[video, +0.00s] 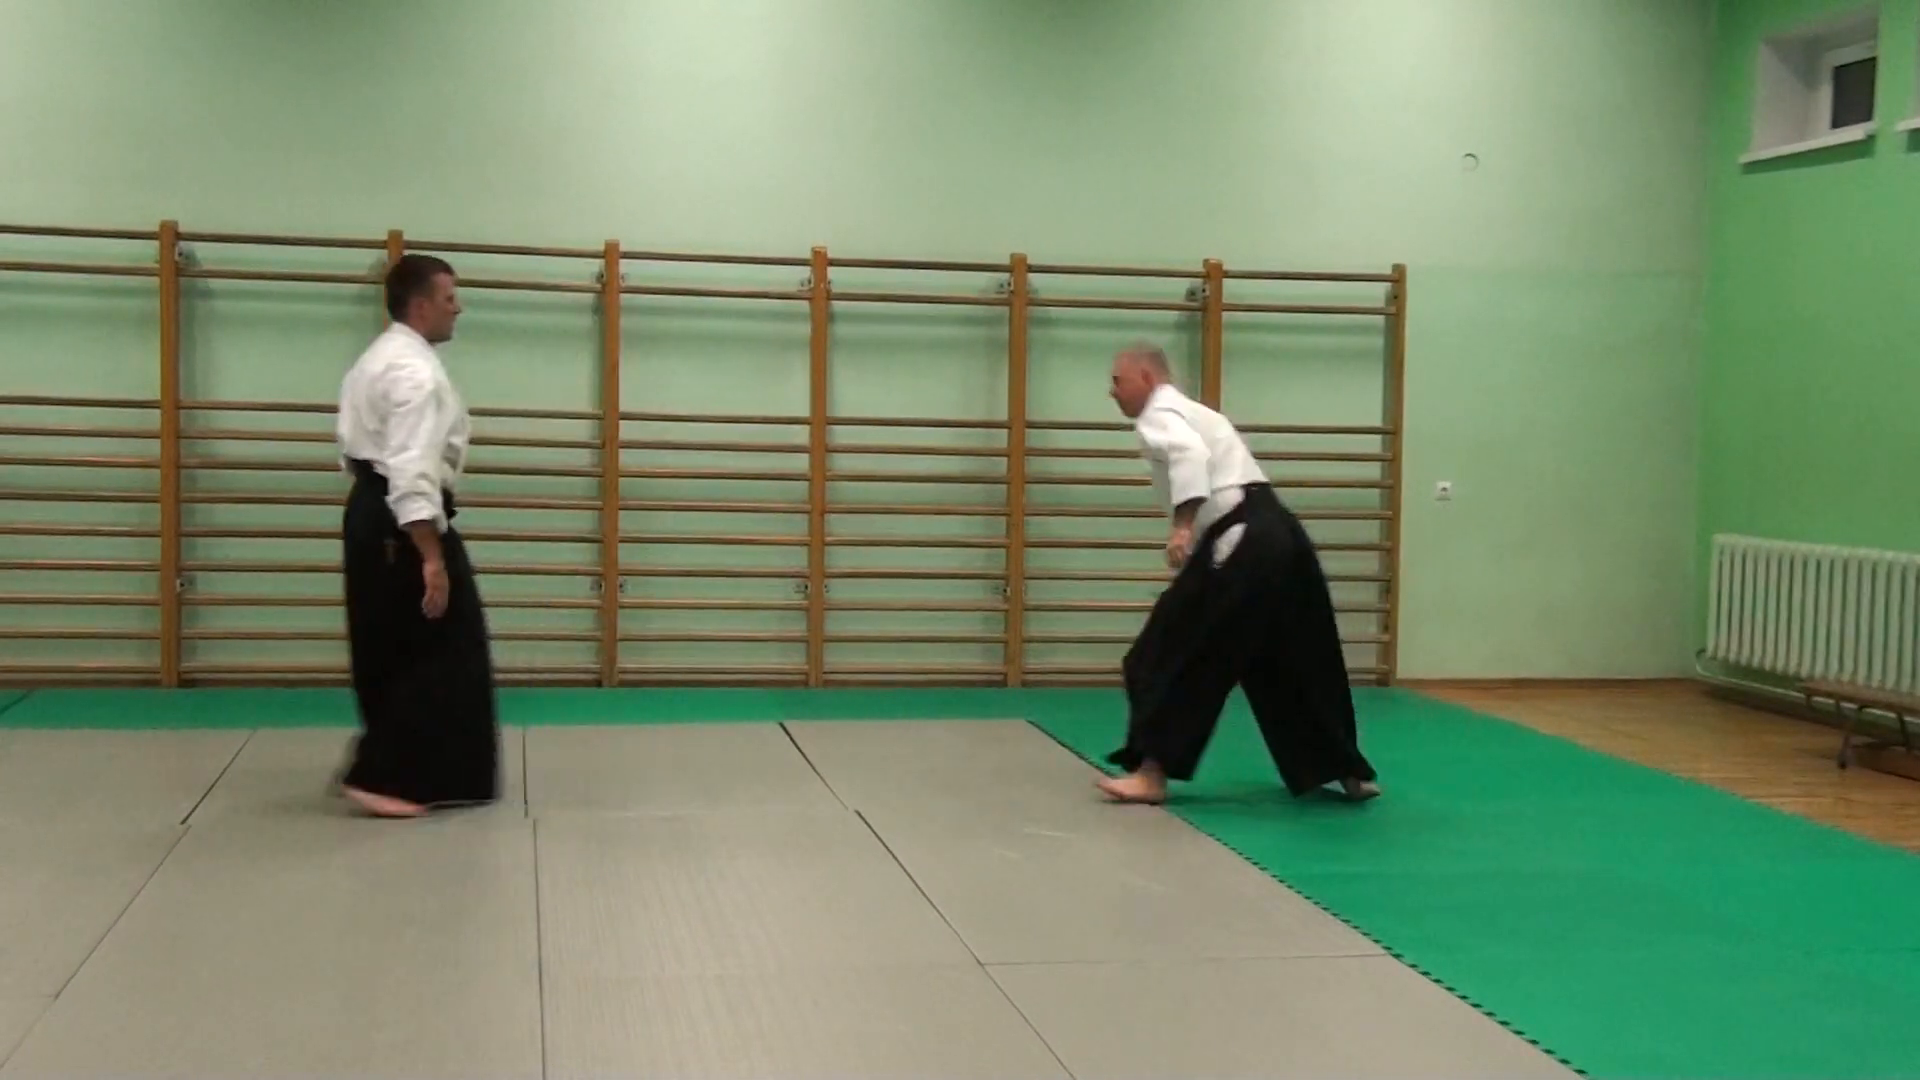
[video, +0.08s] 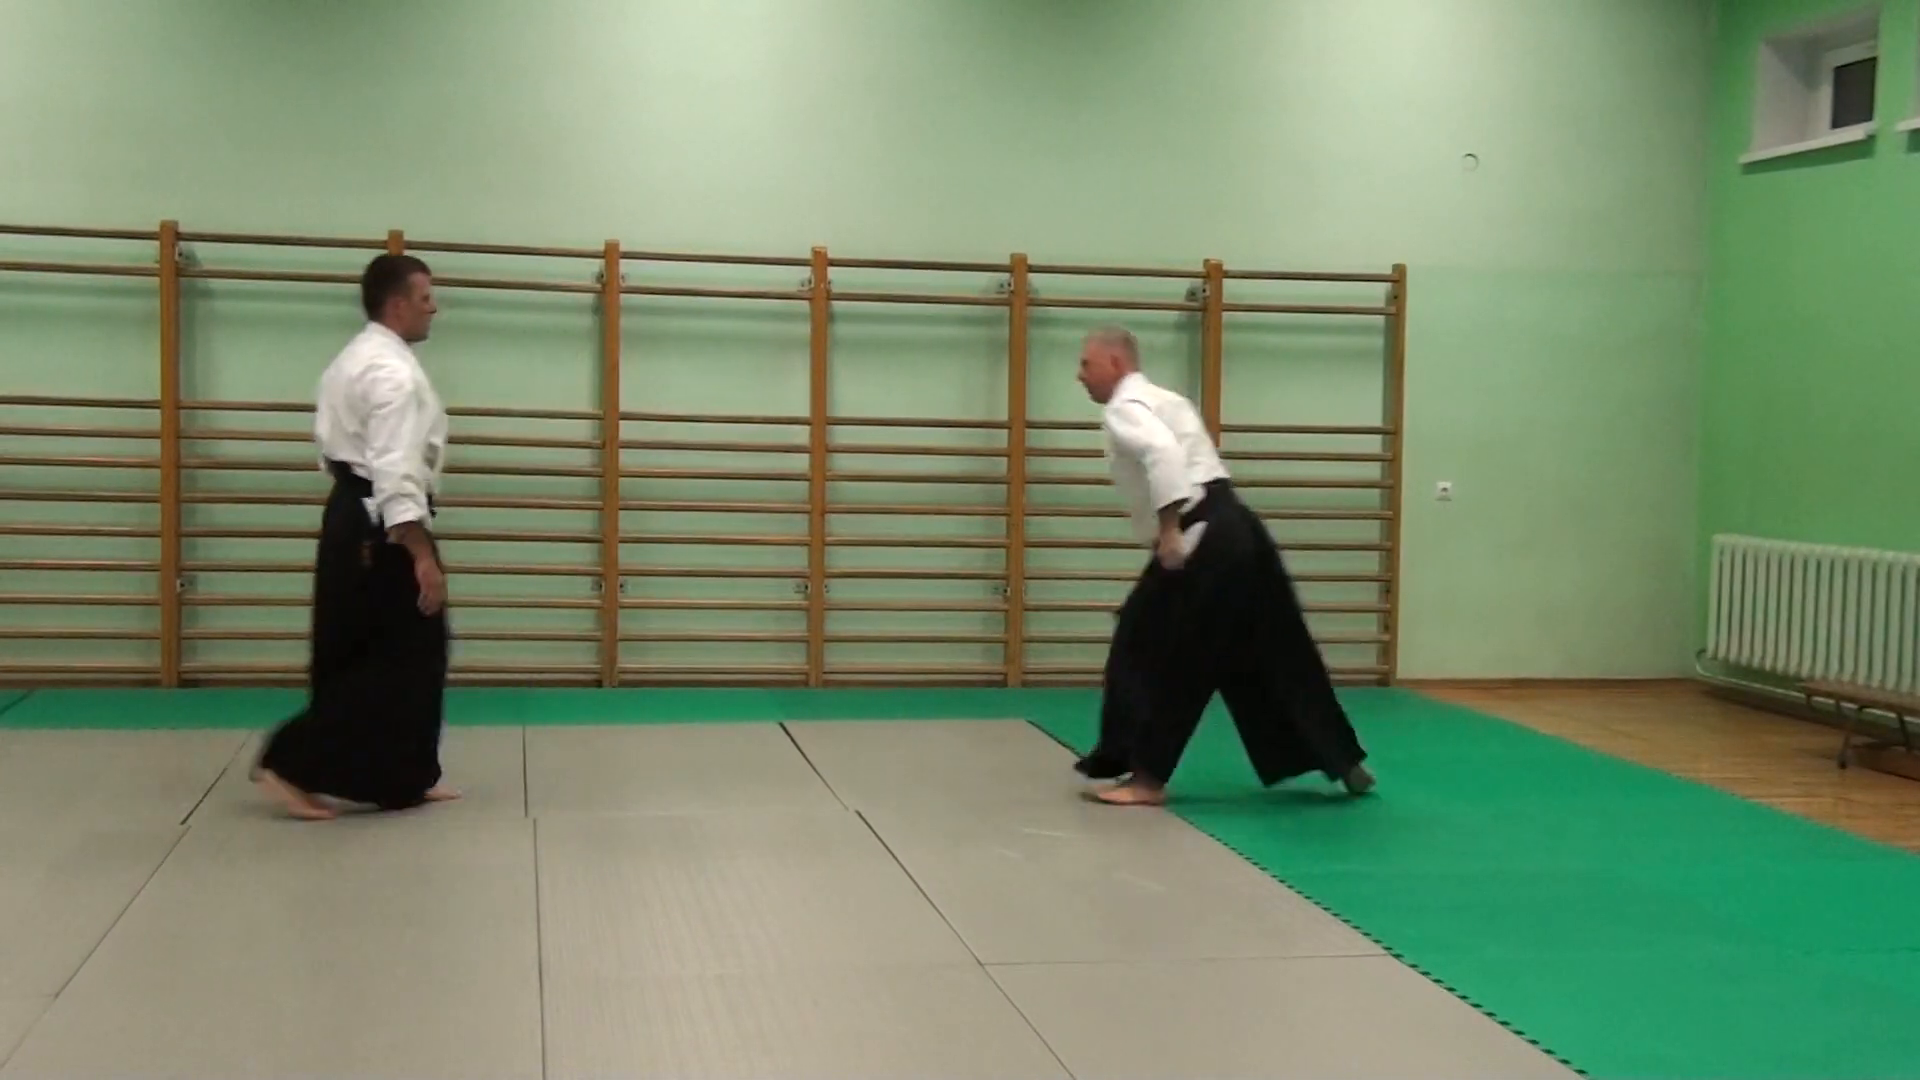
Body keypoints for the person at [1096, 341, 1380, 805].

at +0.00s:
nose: (1113, 391)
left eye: (1118, 381)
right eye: (1112, 382)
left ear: (1145, 377)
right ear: (1153, 378)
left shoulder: (1156, 413)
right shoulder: (1195, 409)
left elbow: (1190, 453)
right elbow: (1233, 466)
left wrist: (1182, 526)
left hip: (1242, 542)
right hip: (1284, 535)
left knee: (1166, 655)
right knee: (1304, 657)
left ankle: (1149, 775)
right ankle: (1352, 770)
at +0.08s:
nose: (1080, 375)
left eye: (1087, 365)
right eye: (1080, 365)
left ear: (1115, 363)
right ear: (1124, 365)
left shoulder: (1122, 408)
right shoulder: (1167, 399)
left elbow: (1161, 450)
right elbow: (1201, 457)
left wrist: (1168, 525)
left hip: (1201, 535)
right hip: (1238, 527)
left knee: (1151, 650)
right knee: (1275, 649)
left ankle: (1146, 780)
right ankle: (1341, 757)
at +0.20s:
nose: (1033, 362)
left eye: (1039, 352)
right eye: (1034, 353)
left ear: (1069, 352)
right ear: (1074, 353)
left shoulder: (1077, 408)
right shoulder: (1118, 394)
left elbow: (1103, 480)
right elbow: (1148, 467)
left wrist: (1110, 555)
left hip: (1147, 541)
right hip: (1175, 530)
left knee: (1130, 661)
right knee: (1196, 649)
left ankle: (1140, 781)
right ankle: (1271, 735)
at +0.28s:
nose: (1003, 358)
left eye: (1010, 347)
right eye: (1004, 347)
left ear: (1042, 349)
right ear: (1047, 350)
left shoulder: (1047, 407)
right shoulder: (1087, 391)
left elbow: (1055, 488)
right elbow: (1103, 468)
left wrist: (1048, 557)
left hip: (1108, 548)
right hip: (1136, 534)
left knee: (1098, 662)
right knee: (1131, 656)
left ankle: (1137, 779)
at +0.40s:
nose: (959, 342)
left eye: (966, 333)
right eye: (961, 332)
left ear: (995, 335)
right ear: (999, 338)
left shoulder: (1000, 395)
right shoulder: (1043, 383)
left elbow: (991, 476)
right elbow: (1083, 452)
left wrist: (956, 533)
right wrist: (1084, 509)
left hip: (1050, 542)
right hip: (1072, 530)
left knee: (1086, 655)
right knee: (993, 636)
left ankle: (1139, 769)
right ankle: (991, 757)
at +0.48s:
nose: (945, 335)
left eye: (951, 325)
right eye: (946, 325)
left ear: (981, 328)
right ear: (988, 329)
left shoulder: (984, 386)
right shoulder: (1028, 377)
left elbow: (971, 464)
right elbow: (1067, 452)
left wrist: (935, 508)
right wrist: (1055, 506)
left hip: (1017, 537)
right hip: (1038, 527)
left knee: (1081, 645)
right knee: (971, 642)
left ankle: (1148, 751)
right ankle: (933, 758)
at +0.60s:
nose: (954, 330)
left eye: (960, 321)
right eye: (956, 321)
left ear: (988, 325)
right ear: (995, 326)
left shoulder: (992, 384)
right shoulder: (1026, 377)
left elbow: (986, 461)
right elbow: (1056, 454)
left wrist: (947, 508)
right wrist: (1048, 509)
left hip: (1006, 535)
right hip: (1037, 526)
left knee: (992, 645)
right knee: (1040, 641)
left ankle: (985, 765)